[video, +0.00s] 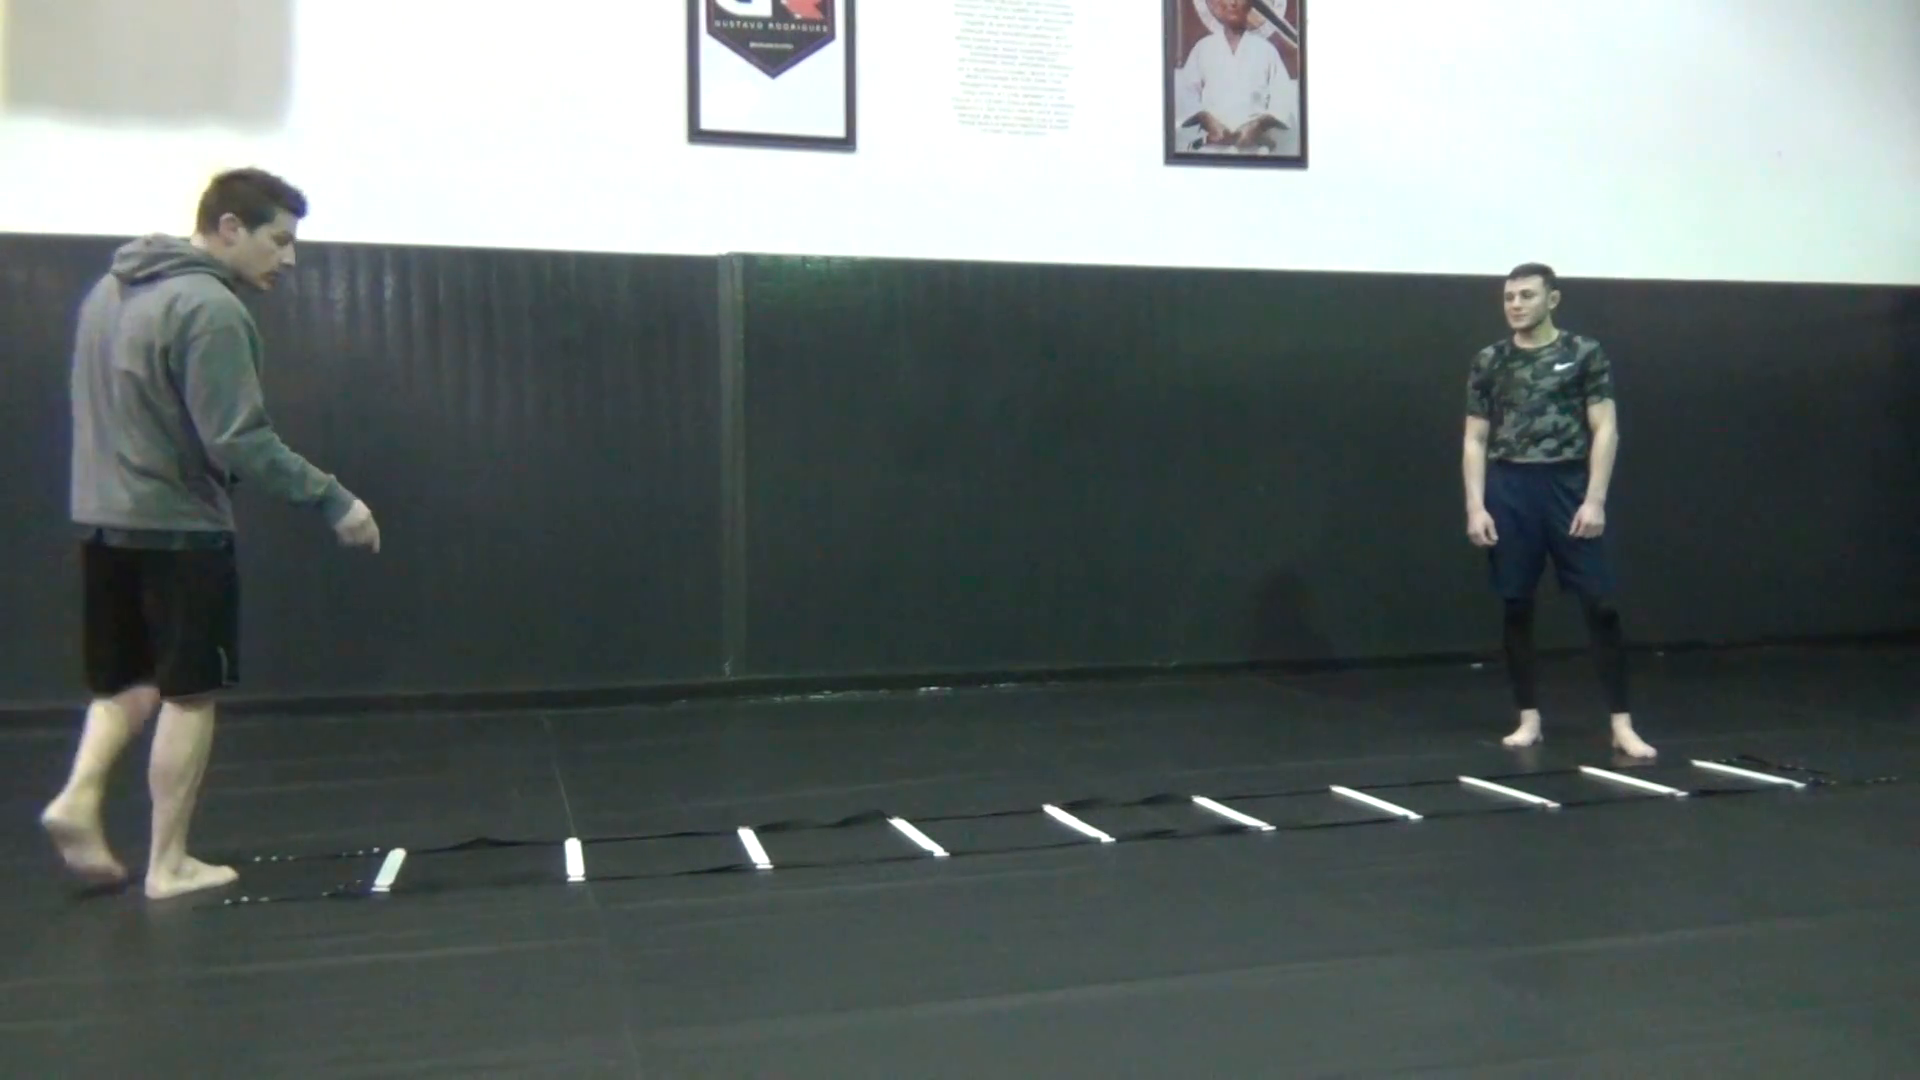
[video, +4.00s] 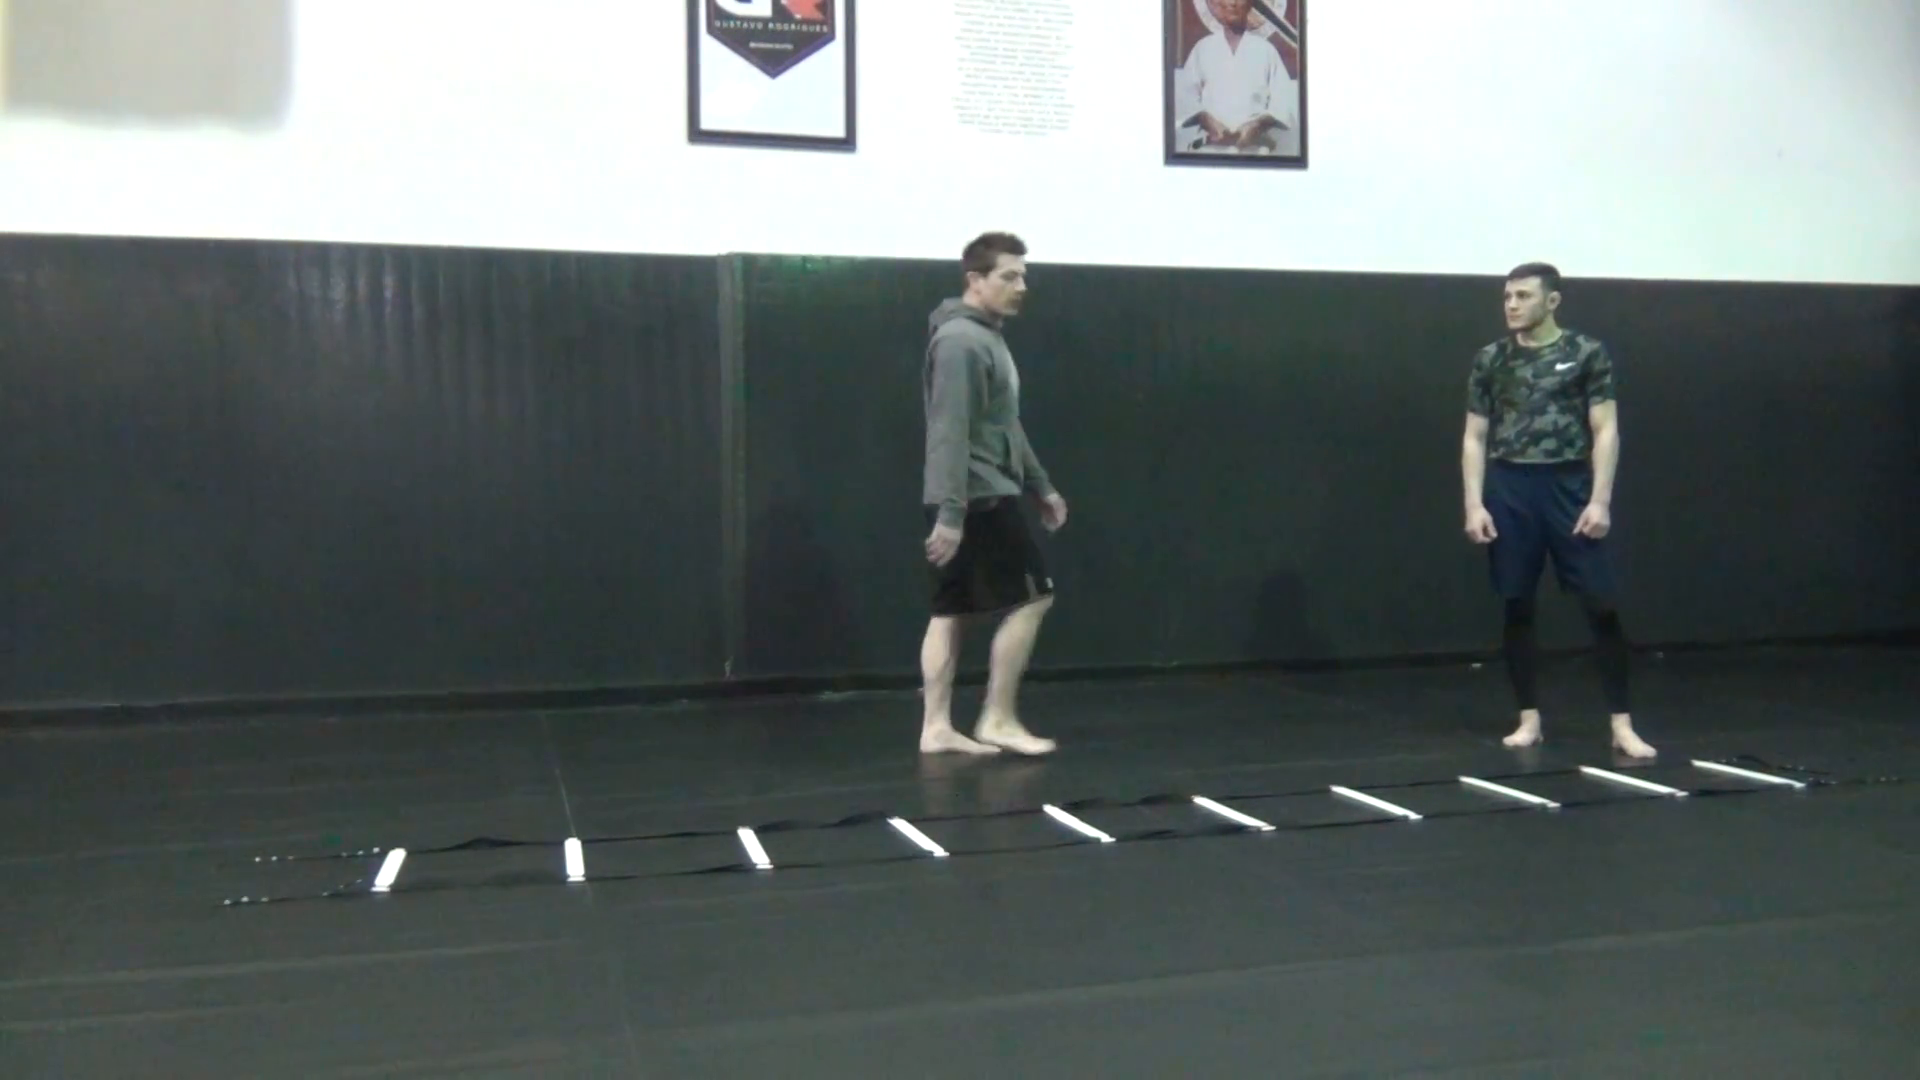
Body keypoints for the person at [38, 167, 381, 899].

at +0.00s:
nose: (287, 260)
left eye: (291, 244)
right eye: (279, 241)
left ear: (222, 231)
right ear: (227, 228)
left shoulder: (111, 288)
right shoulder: (210, 308)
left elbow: (106, 404)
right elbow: (238, 439)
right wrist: (335, 500)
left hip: (106, 521)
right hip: (180, 528)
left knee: (132, 681)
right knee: (192, 691)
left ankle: (77, 799)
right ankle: (168, 864)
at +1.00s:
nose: (396, 260)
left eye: (396, 247)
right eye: (384, 246)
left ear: (342, 249)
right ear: (337, 245)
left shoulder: (331, 312)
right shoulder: (312, 315)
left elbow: (339, 428)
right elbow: (303, 421)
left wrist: (389, 504)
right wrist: (385, 474)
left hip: (294, 513)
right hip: (324, 512)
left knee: (289, 655)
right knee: (398, 634)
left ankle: (282, 795)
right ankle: (367, 785)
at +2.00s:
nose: (587, 271)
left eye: (587, 259)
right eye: (575, 259)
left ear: (550, 264)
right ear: (530, 261)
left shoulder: (556, 327)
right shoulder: (502, 329)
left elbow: (571, 432)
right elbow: (519, 423)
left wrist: (597, 501)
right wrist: (598, 382)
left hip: (567, 510)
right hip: (524, 513)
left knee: (592, 632)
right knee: (510, 645)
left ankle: (628, 748)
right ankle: (475, 786)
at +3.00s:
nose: (835, 287)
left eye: (835, 276)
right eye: (827, 276)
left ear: (787, 278)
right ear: (791, 277)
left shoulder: (750, 334)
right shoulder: (770, 342)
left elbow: (755, 436)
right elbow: (765, 442)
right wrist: (771, 529)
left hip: (739, 508)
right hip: (775, 510)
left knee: (728, 633)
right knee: (807, 633)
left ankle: (675, 742)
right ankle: (827, 758)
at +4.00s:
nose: (1021, 288)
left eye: (1023, 278)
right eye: (1010, 277)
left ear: (993, 283)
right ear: (975, 280)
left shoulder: (987, 337)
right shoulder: (959, 340)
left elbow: (1006, 427)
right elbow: (949, 429)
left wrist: (1040, 487)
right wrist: (950, 510)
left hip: (977, 496)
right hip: (985, 497)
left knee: (949, 611)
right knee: (1033, 596)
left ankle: (936, 727)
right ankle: (998, 719)